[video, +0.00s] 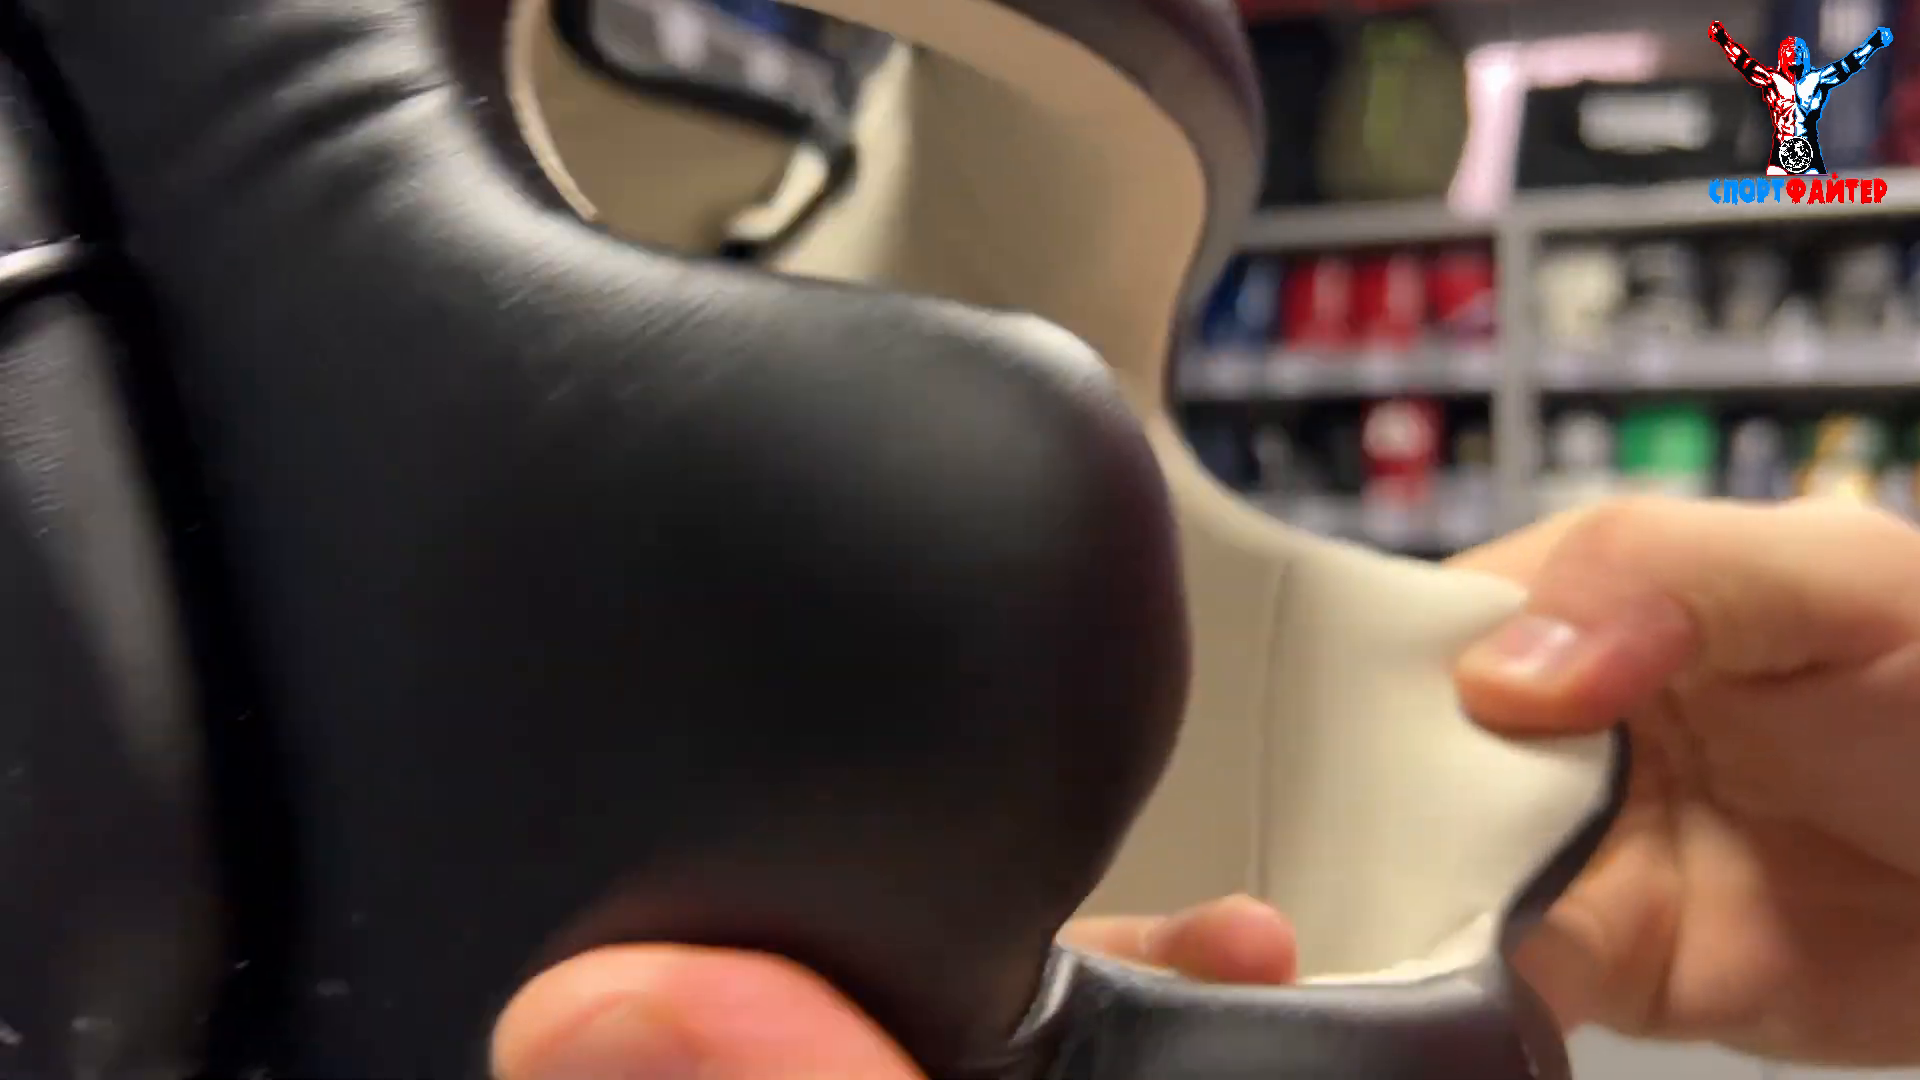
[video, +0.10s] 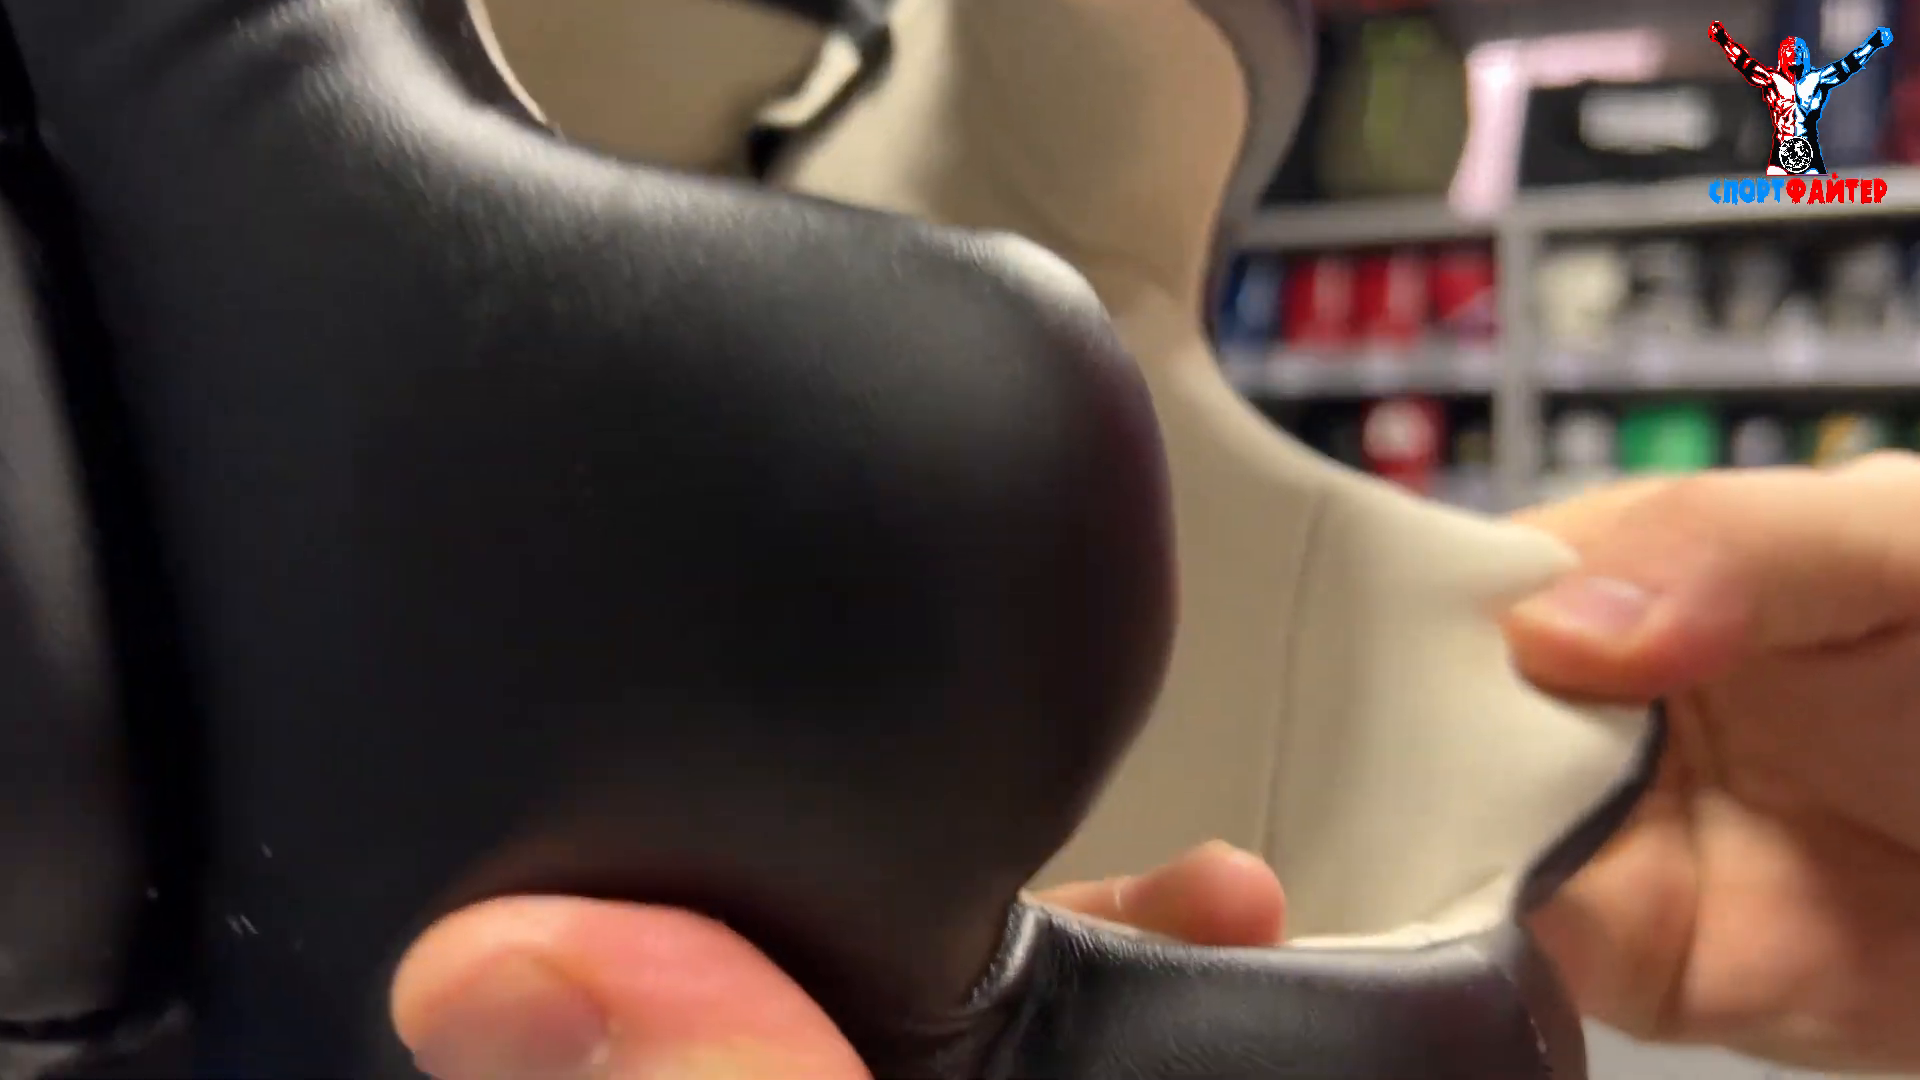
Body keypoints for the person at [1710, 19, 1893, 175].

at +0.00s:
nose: (1792, 60)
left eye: (1796, 55)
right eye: (1787, 55)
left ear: (1805, 57)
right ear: (1780, 58)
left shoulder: (1818, 78)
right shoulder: (1771, 79)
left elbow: (1848, 64)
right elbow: (1745, 63)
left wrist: (1873, 43)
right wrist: (1723, 39)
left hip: (1810, 152)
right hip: (1780, 152)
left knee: (1818, 201)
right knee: (1773, 201)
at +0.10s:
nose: (1792, 60)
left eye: (1796, 54)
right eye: (1787, 55)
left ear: (1805, 56)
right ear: (1780, 58)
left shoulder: (1818, 78)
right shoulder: (1771, 79)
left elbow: (1848, 64)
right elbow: (1745, 63)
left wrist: (1873, 43)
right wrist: (1723, 39)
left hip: (1810, 152)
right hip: (1779, 152)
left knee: (1818, 201)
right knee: (1773, 200)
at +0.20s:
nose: (1792, 60)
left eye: (1797, 54)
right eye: (1788, 55)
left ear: (1806, 57)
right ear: (1780, 58)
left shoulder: (1818, 78)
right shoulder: (1771, 80)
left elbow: (1848, 64)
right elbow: (1745, 63)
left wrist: (1873, 44)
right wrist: (1724, 40)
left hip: (1810, 153)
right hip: (1779, 153)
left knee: (1817, 202)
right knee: (1775, 202)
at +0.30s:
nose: (1792, 57)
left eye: (1797, 52)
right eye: (1787, 52)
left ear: (1806, 56)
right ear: (1779, 57)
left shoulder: (1818, 78)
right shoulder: (1771, 80)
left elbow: (1848, 64)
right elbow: (1745, 63)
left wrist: (1873, 43)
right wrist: (1723, 40)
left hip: (1810, 152)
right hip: (1779, 152)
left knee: (1818, 201)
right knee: (1775, 201)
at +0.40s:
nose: (1792, 57)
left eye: (1797, 52)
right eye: (1787, 52)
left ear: (1806, 56)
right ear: (1779, 57)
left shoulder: (1818, 78)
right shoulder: (1771, 80)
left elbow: (1848, 64)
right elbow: (1745, 63)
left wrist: (1873, 43)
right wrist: (1723, 40)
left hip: (1810, 152)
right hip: (1779, 152)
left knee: (1819, 200)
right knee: (1775, 201)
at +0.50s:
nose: (1792, 62)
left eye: (1796, 56)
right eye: (1787, 56)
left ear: (1805, 57)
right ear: (1780, 58)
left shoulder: (1818, 78)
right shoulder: (1771, 80)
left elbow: (1848, 64)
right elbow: (1745, 63)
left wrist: (1873, 43)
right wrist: (1723, 39)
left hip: (1810, 153)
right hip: (1779, 153)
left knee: (1817, 202)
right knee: (1776, 201)